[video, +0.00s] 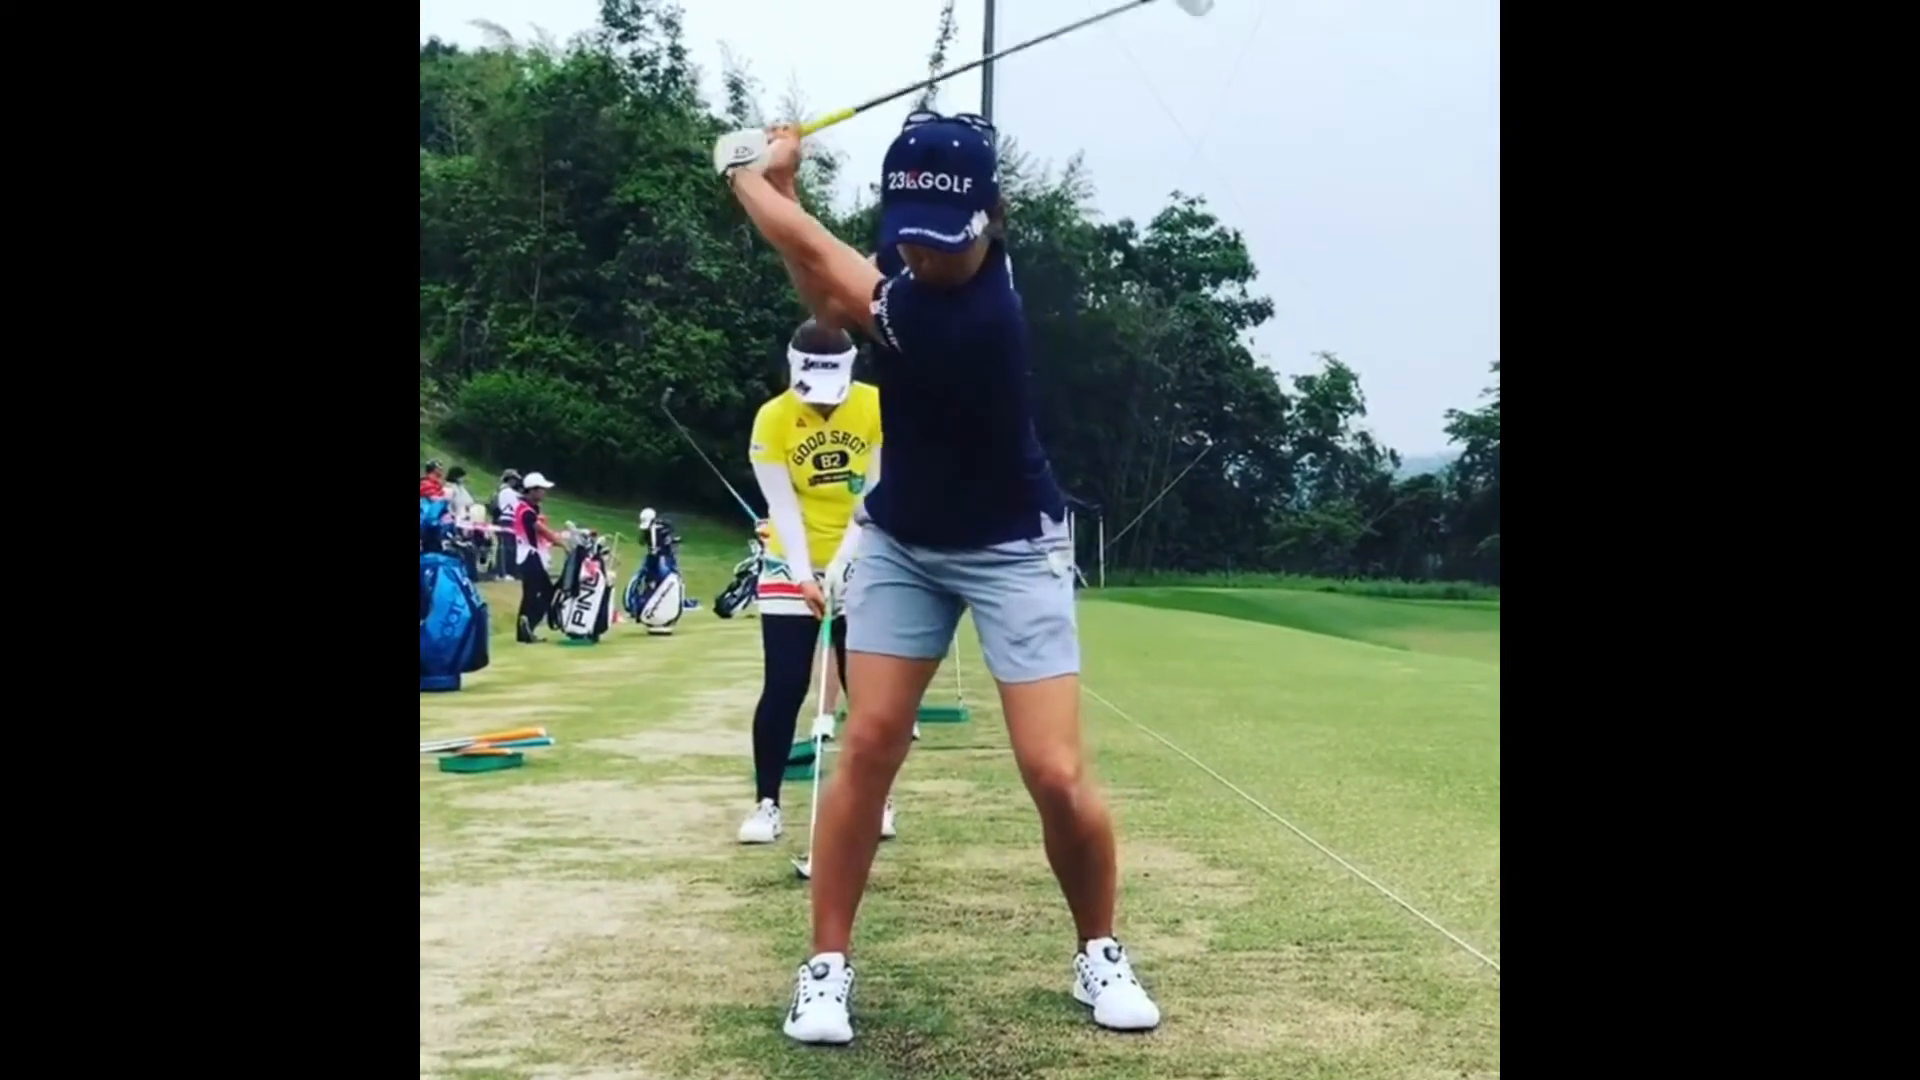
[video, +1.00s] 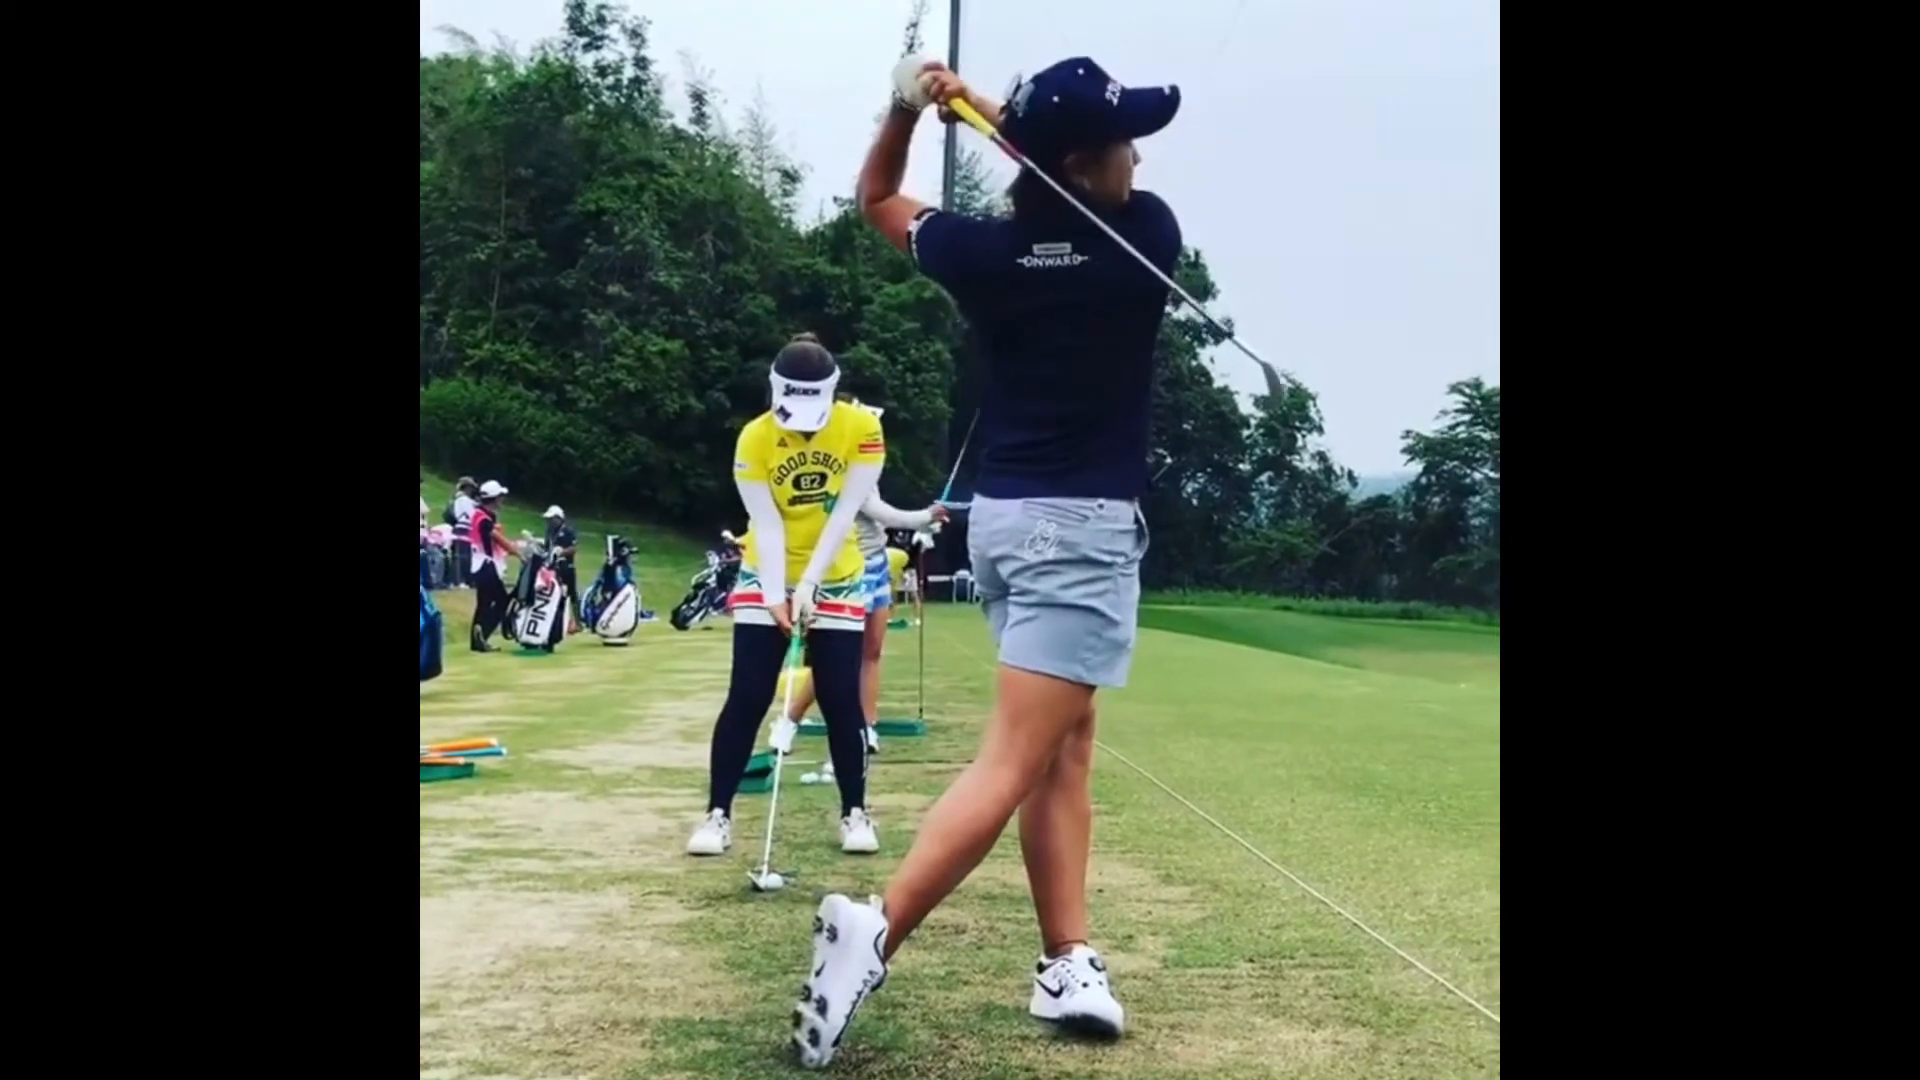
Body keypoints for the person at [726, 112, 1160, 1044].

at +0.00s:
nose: (931, 253)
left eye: (952, 233)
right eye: (914, 233)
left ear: (991, 214)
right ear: (891, 213)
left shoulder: (977, 311)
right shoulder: (904, 276)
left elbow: (808, 253)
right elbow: (836, 291)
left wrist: (747, 176)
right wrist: (783, 188)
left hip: (1016, 551)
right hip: (900, 543)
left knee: (1057, 775)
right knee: (871, 736)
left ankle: (1100, 952)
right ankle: (827, 962)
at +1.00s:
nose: (1137, 150)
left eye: (1130, 136)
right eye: (1124, 143)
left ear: (1035, 162)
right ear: (1092, 162)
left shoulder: (981, 248)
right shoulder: (1149, 232)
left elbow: (880, 198)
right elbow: (1070, 185)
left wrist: (904, 107)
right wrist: (991, 117)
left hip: (993, 516)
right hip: (1085, 520)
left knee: (1066, 746)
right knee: (1012, 762)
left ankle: (1068, 962)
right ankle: (874, 931)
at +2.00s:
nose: (933, 253)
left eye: (954, 233)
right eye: (917, 232)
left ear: (990, 217)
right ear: (894, 211)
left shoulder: (977, 314)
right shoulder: (894, 264)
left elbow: (803, 313)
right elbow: (809, 307)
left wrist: (690, 256)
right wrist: (709, 249)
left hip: (1016, 549)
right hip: (895, 542)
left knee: (1061, 769)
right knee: (871, 736)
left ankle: (1102, 950)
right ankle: (829, 960)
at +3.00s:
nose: (1138, 156)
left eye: (1132, 142)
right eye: (1126, 147)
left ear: (1036, 165)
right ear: (1089, 163)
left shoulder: (983, 248)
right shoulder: (1148, 233)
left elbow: (890, 197)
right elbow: (1061, 168)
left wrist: (903, 111)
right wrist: (974, 104)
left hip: (998, 516)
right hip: (1087, 519)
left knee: (1069, 746)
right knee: (1017, 760)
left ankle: (1071, 961)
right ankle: (878, 929)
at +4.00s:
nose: (938, 255)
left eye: (958, 237)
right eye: (921, 235)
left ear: (993, 217)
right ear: (896, 210)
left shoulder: (986, 322)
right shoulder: (889, 254)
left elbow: (803, 370)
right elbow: (800, 340)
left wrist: (662, 388)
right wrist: (670, 358)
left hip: (1018, 544)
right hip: (898, 542)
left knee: (1065, 760)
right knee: (867, 735)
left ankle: (1103, 946)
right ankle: (828, 958)